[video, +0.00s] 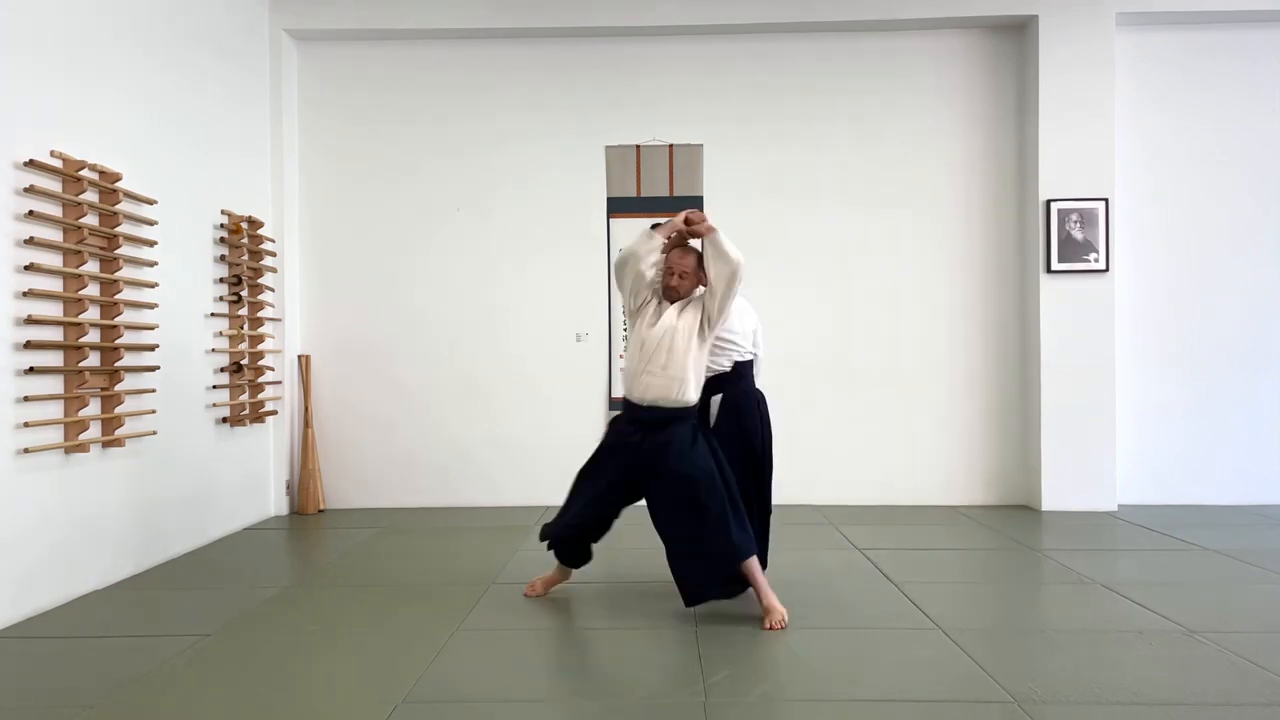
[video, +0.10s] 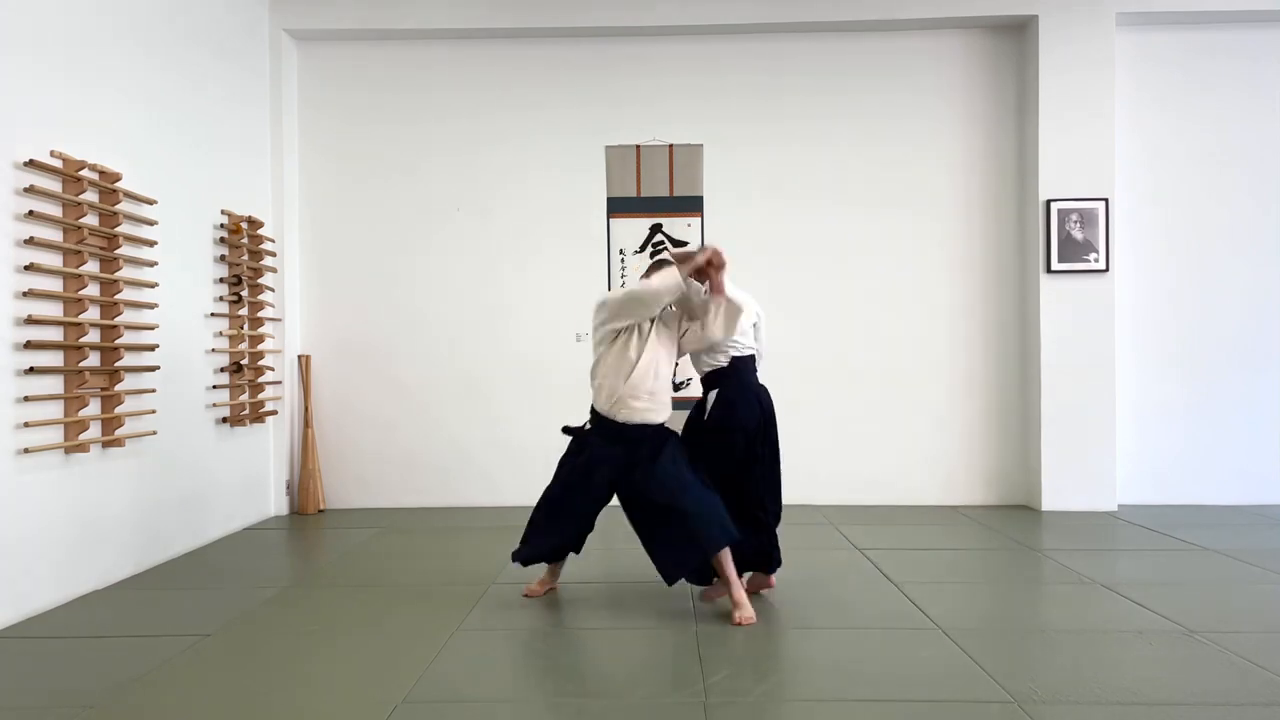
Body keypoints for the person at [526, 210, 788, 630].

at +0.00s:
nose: (673, 280)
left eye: (683, 275)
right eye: (669, 271)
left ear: (700, 279)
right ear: (660, 269)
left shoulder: (702, 315)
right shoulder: (643, 305)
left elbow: (730, 269)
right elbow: (628, 263)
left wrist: (709, 232)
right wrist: (663, 230)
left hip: (680, 427)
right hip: (632, 424)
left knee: (719, 506)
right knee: (585, 501)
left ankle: (766, 595)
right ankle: (561, 571)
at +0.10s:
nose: (671, 287)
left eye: (677, 283)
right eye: (666, 279)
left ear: (681, 290)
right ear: (645, 278)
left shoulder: (675, 324)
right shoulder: (610, 312)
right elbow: (653, 293)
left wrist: (717, 287)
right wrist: (688, 267)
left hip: (654, 439)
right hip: (604, 434)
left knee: (697, 507)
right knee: (571, 505)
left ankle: (736, 590)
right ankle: (550, 575)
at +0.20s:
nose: (651, 304)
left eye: (655, 299)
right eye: (647, 296)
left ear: (655, 297)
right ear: (624, 286)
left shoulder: (649, 329)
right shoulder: (590, 318)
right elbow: (630, 336)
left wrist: (696, 332)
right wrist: (678, 311)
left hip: (643, 436)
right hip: (595, 436)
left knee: (677, 506)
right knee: (563, 509)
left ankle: (708, 587)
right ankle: (548, 576)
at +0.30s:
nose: (640, 302)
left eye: (644, 295)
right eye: (635, 295)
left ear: (647, 291)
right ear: (613, 286)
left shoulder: (646, 323)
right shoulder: (581, 321)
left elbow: (661, 381)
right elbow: (590, 361)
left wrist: (668, 355)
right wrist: (642, 346)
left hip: (642, 431)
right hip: (593, 433)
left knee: (674, 506)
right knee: (561, 508)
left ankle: (690, 588)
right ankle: (543, 575)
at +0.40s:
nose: (641, 308)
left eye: (646, 302)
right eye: (635, 301)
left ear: (649, 298)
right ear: (613, 290)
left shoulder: (654, 332)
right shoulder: (582, 329)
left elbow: (668, 392)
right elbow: (577, 383)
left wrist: (662, 372)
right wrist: (630, 379)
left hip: (646, 434)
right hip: (596, 435)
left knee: (673, 503)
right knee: (562, 505)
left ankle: (694, 586)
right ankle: (546, 577)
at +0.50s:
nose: (646, 330)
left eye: (652, 323)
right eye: (639, 322)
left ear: (657, 317)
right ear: (618, 313)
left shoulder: (664, 344)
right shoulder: (590, 341)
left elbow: (679, 394)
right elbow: (573, 394)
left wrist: (660, 407)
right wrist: (627, 410)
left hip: (647, 442)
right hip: (599, 439)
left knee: (675, 511)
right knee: (567, 506)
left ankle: (697, 595)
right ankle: (547, 580)